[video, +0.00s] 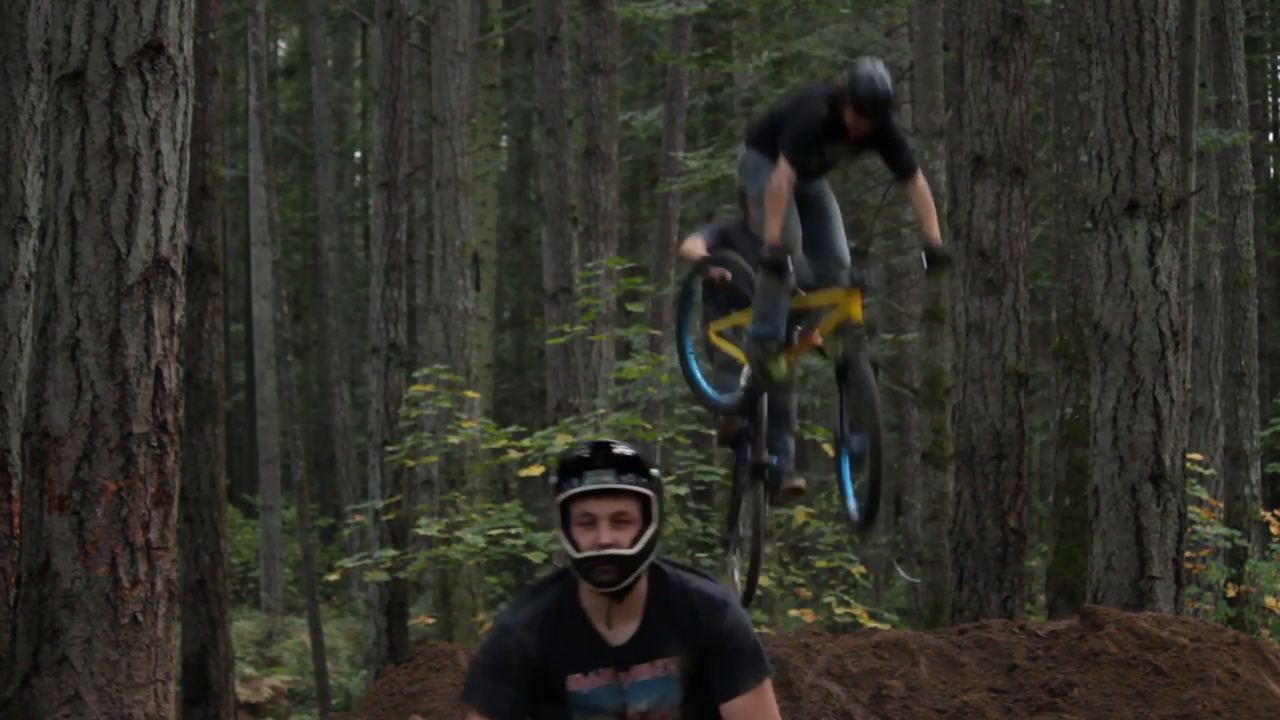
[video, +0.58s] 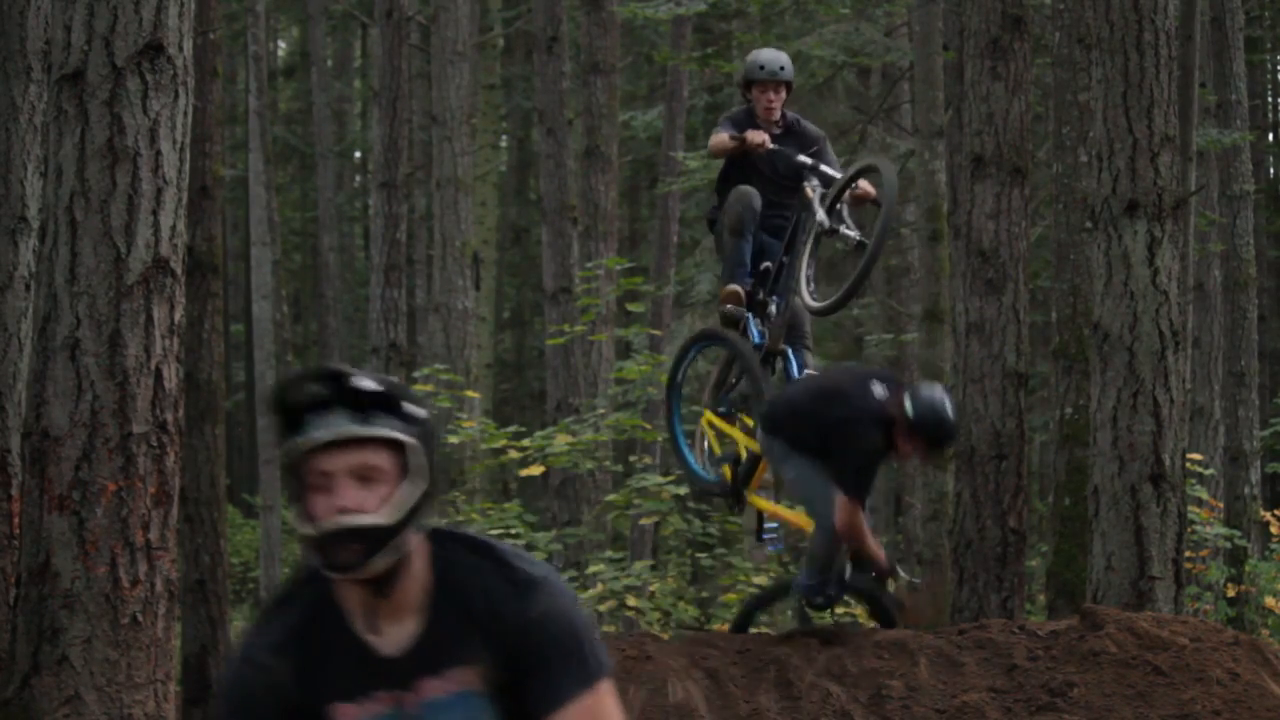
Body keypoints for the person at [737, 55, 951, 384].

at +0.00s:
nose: (863, 126)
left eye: (871, 120)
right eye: (859, 116)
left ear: (883, 115)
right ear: (846, 103)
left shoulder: (882, 126)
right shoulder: (815, 111)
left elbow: (914, 179)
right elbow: (782, 176)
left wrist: (934, 242)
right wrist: (773, 243)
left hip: (809, 177)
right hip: (763, 162)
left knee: (836, 261)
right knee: (783, 248)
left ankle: (823, 332)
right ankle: (765, 340)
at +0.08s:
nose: (868, 159)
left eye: (877, 153)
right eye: (864, 149)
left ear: (888, 148)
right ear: (852, 136)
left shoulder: (887, 161)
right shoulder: (819, 145)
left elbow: (920, 215)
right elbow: (786, 209)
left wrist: (940, 279)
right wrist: (779, 277)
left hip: (811, 199)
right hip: (765, 187)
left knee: (838, 287)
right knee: (785, 278)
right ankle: (770, 369)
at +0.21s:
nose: (877, 241)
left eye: (887, 234)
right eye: (874, 230)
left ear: (900, 228)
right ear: (862, 214)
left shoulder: (896, 233)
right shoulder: (830, 217)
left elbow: (928, 294)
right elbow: (800, 285)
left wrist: (951, 362)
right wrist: (798, 358)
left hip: (819, 257)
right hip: (771, 248)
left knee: (839, 351)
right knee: (786, 341)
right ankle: (786, 439)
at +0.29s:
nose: (885, 330)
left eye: (895, 326)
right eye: (885, 321)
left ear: (910, 311)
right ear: (874, 302)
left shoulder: (906, 307)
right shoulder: (838, 301)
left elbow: (934, 358)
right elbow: (789, 368)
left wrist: (953, 413)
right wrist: (812, 424)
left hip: (829, 330)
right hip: (781, 324)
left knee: (847, 424)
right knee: (797, 428)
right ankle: (800, 532)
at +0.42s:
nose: (888, 369)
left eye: (898, 363)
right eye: (888, 360)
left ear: (911, 343)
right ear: (877, 340)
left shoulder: (911, 333)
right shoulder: (839, 329)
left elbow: (930, 371)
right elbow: (789, 394)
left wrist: (932, 420)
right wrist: (836, 445)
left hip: (837, 365)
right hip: (786, 361)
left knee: (871, 452)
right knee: (804, 470)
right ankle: (803, 579)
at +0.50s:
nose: (908, 428)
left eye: (915, 422)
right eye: (910, 418)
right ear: (896, 399)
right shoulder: (854, 398)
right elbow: (832, 480)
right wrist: (864, 507)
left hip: (828, 416)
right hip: (788, 423)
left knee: (865, 473)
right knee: (825, 509)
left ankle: (858, 541)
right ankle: (811, 606)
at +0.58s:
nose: (915, 456)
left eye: (922, 451)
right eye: (918, 447)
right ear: (908, 430)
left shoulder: (895, 394)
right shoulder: (868, 432)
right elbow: (846, 521)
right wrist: (878, 561)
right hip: (782, 436)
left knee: (857, 508)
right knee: (832, 517)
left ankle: (861, 573)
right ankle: (816, 590)